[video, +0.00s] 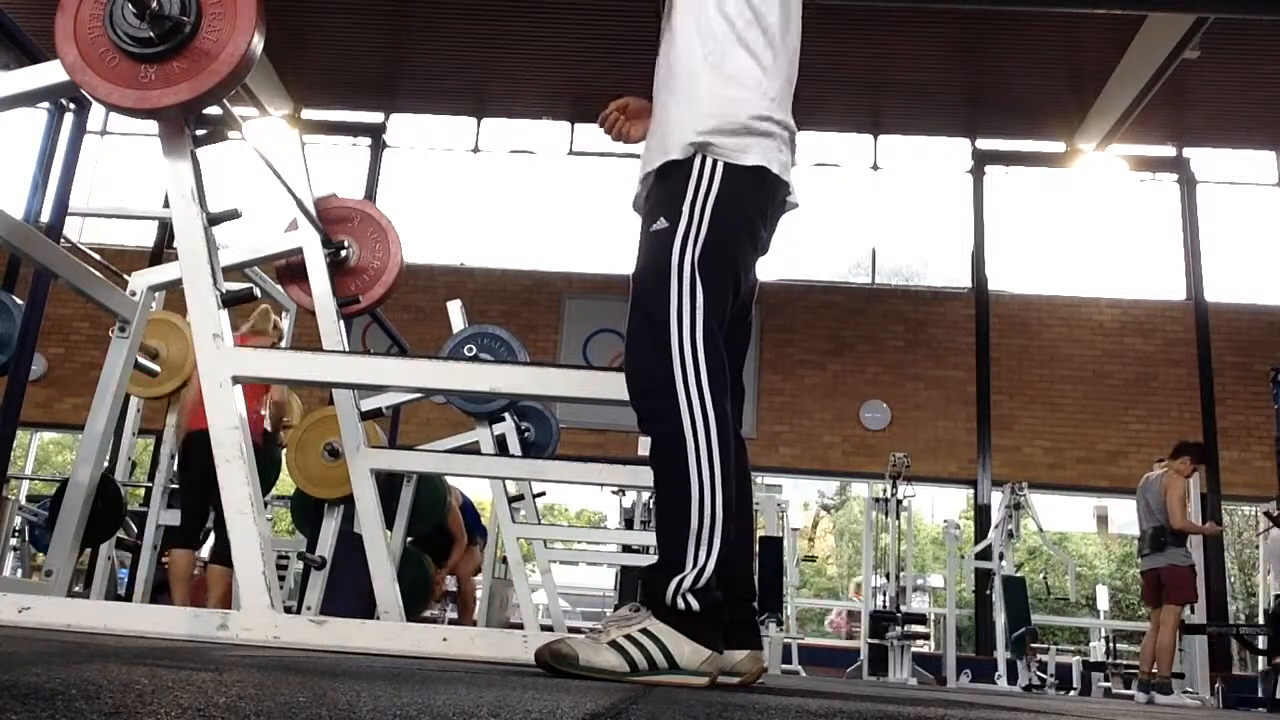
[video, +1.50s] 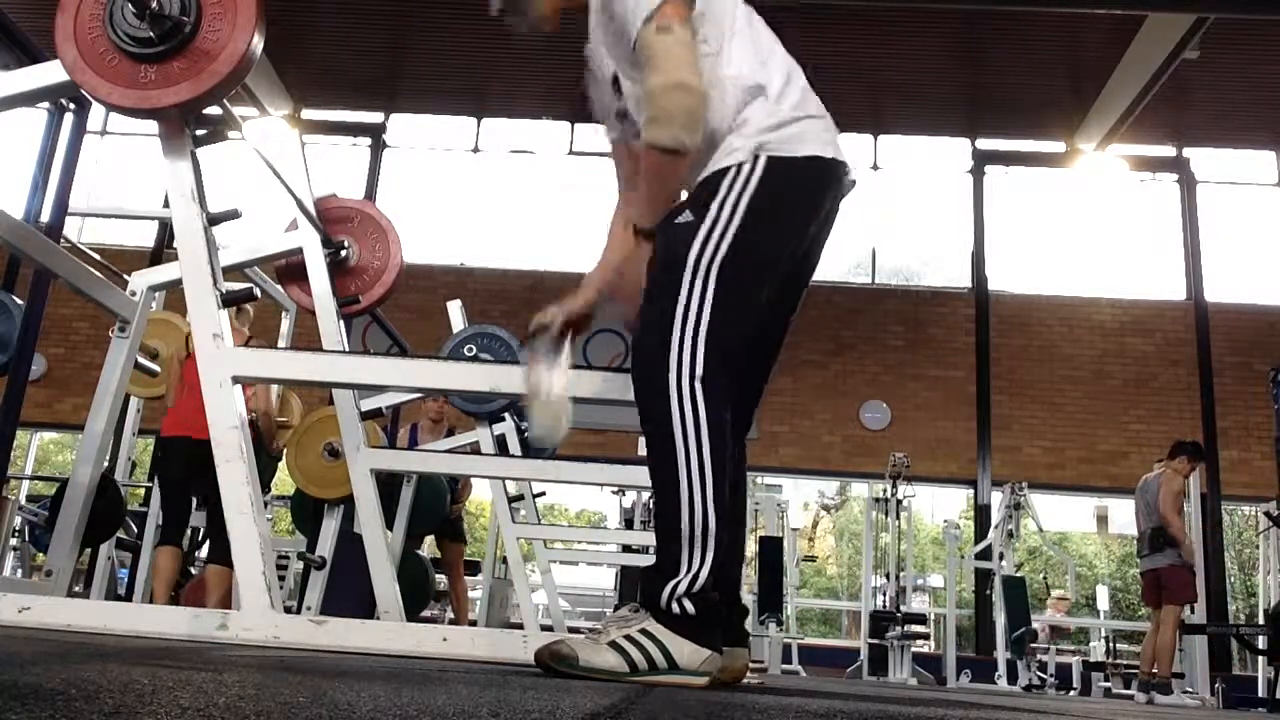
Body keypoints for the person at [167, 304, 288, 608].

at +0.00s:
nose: (281, 338)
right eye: (281, 334)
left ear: (245, 323)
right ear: (276, 331)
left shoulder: (214, 343)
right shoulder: (276, 353)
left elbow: (190, 394)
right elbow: (276, 400)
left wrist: (182, 433)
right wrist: (276, 432)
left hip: (199, 438)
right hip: (247, 444)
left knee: (188, 523)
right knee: (229, 530)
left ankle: (180, 612)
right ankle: (215, 617)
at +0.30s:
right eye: (280, 320)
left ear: (243, 316)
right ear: (277, 322)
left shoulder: (220, 338)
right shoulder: (282, 348)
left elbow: (193, 395)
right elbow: (286, 400)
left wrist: (184, 442)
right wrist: (278, 441)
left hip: (207, 442)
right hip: (258, 449)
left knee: (193, 526)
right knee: (232, 532)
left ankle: (180, 613)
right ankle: (214, 619)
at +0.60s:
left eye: (234, 307)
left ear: (239, 310)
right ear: (275, 315)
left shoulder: (220, 335)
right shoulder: (287, 347)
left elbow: (192, 393)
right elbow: (291, 402)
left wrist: (185, 431)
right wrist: (277, 438)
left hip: (210, 440)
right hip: (260, 446)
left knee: (199, 523)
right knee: (237, 530)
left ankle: (180, 612)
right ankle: (216, 617)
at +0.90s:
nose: (230, 312)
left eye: (232, 307)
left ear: (235, 310)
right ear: (268, 313)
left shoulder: (218, 333)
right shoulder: (284, 344)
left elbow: (191, 394)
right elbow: (289, 404)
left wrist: (184, 433)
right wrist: (277, 440)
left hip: (211, 442)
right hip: (261, 449)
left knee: (193, 521)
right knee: (238, 531)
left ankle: (166, 605)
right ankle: (215, 616)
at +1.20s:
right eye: (256, 300)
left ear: (216, 303)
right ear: (254, 306)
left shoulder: (196, 336)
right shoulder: (268, 342)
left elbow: (183, 397)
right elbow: (278, 404)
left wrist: (184, 431)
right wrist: (272, 443)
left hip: (195, 445)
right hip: (244, 450)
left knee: (176, 526)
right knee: (229, 533)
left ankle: (159, 612)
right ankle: (215, 620)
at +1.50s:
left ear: (216, 314)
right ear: (248, 324)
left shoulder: (186, 342)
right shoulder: (253, 350)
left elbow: (172, 400)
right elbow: (263, 408)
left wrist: (178, 429)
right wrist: (271, 444)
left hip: (173, 444)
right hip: (222, 446)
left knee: (171, 527)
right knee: (221, 532)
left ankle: (159, 612)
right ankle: (215, 620)